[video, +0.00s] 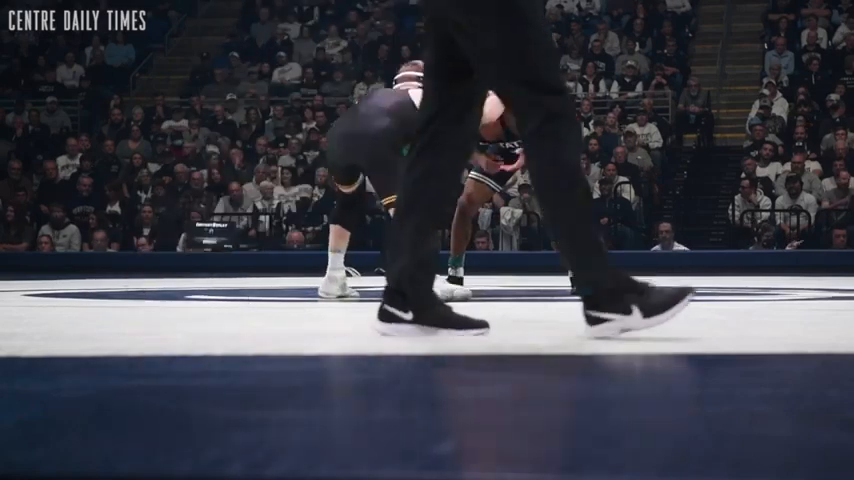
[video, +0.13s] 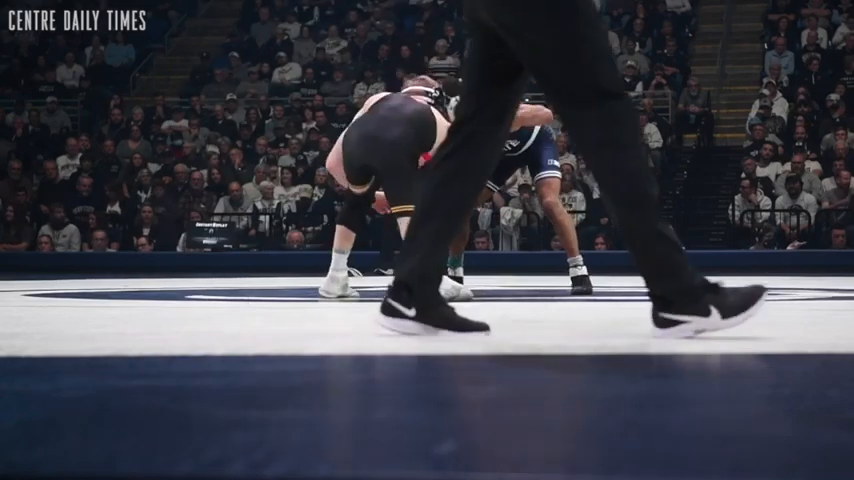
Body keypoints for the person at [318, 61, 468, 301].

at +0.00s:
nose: (497, 137)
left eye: (502, 134)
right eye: (501, 131)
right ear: (495, 118)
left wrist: (480, 159)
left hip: (340, 135)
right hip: (378, 137)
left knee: (348, 200)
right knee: (405, 212)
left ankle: (333, 277)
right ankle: (423, 281)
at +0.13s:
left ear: (403, 92)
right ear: (437, 99)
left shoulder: (378, 99)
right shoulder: (443, 124)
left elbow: (333, 162)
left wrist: (370, 195)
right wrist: (395, 195)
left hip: (358, 142)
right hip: (399, 147)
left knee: (358, 197)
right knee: (412, 231)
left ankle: (335, 277)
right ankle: (430, 280)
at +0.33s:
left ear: (417, 78)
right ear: (452, 80)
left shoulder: (401, 87)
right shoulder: (462, 98)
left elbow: (351, 132)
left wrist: (387, 164)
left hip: (394, 137)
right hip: (437, 147)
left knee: (377, 200)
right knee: (442, 229)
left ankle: (352, 275)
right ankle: (438, 280)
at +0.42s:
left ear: (414, 74)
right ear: (447, 72)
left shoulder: (400, 86)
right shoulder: (463, 90)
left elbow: (349, 136)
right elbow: (476, 98)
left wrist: (394, 158)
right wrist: (468, 75)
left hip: (401, 132)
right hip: (446, 138)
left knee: (389, 191)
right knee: (449, 222)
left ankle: (382, 271)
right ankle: (441, 278)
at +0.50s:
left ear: (411, 75)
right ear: (445, 70)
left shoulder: (399, 89)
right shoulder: (461, 87)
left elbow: (354, 145)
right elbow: (488, 105)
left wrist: (394, 161)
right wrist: (484, 79)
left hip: (405, 122)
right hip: (448, 127)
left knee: (405, 192)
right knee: (459, 214)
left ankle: (400, 277)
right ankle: (446, 271)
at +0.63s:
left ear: (420, 78)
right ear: (452, 79)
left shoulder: (401, 95)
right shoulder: (465, 94)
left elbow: (357, 141)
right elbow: (502, 132)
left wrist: (395, 170)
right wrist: (505, 93)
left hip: (408, 116)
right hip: (452, 117)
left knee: (406, 195)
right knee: (475, 207)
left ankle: (402, 276)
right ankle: (472, 258)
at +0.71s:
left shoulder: (408, 98)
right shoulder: (474, 106)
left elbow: (359, 127)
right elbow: (503, 153)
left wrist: (390, 163)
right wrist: (514, 108)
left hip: (416, 115)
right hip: (461, 119)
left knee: (409, 196)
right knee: (478, 213)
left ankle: (403, 276)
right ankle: (489, 248)